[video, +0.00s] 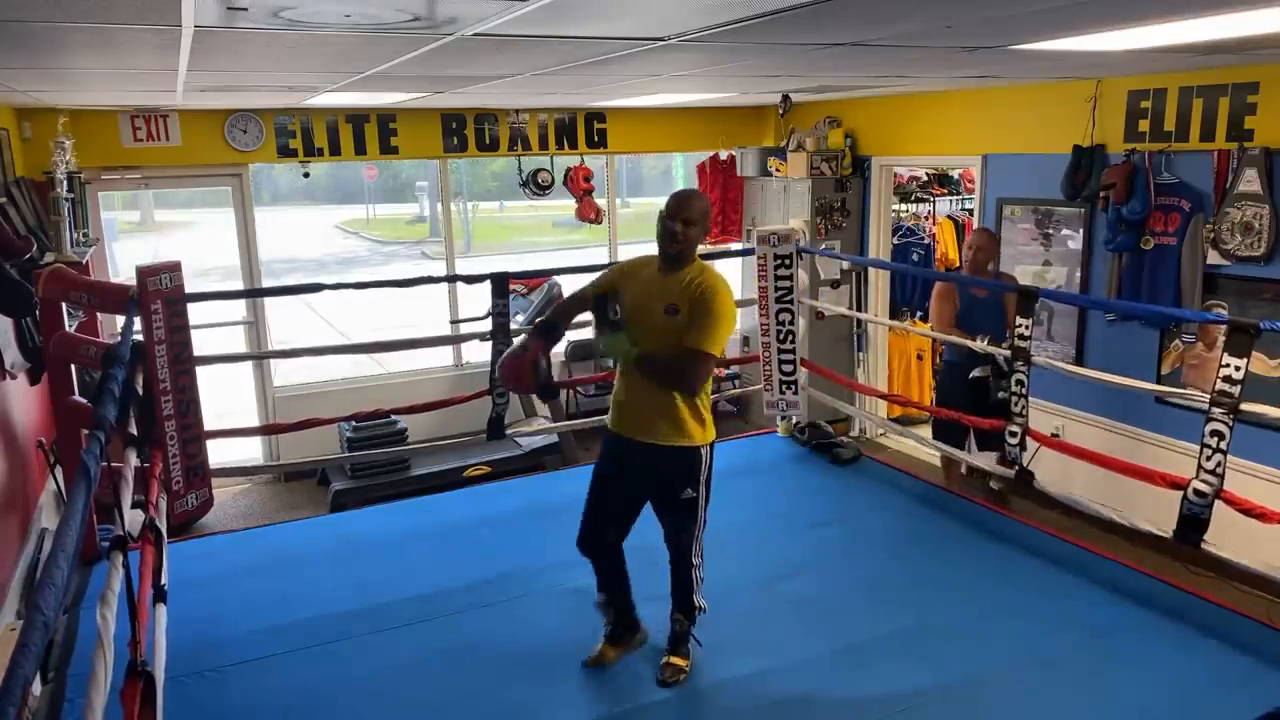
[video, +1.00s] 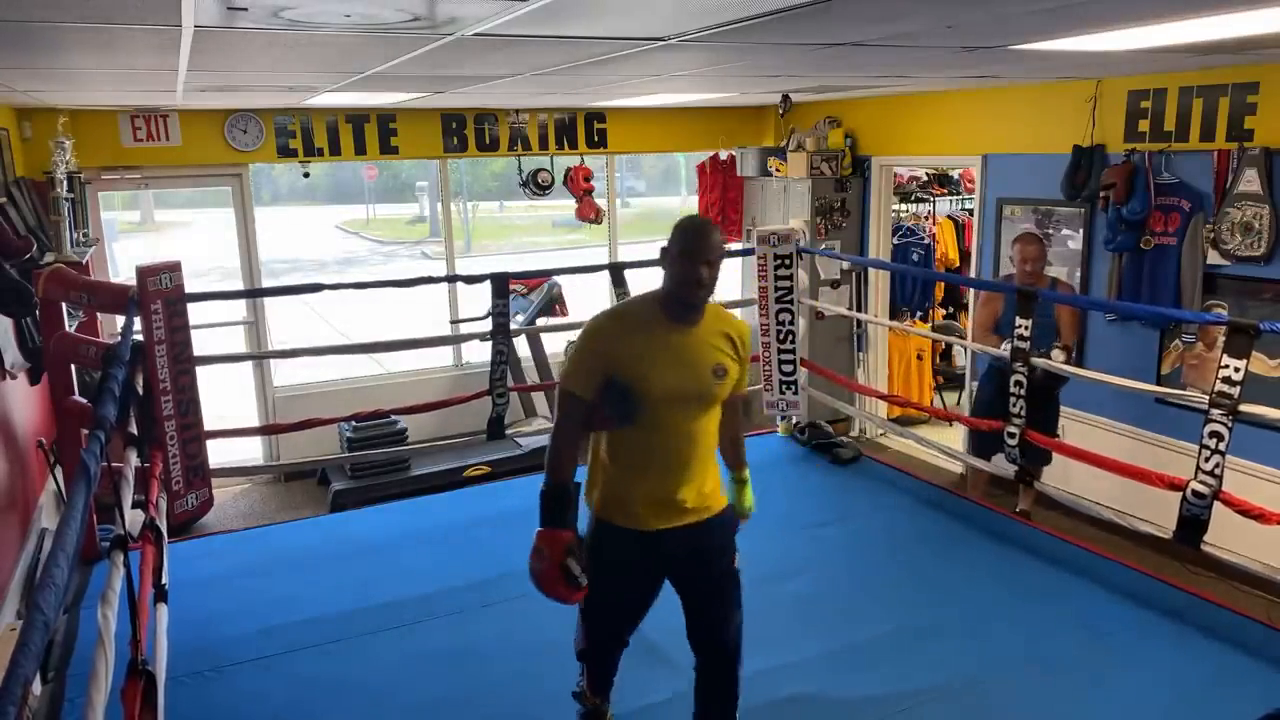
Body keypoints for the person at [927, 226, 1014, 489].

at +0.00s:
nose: (969, 253)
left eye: (978, 249)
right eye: (967, 247)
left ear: (993, 255)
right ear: (962, 248)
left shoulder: (1006, 284)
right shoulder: (948, 284)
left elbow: (1012, 328)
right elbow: (941, 329)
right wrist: (979, 344)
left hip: (993, 372)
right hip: (957, 371)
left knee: (989, 438)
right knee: (951, 438)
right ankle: (951, 493)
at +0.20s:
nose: (984, 258)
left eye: (991, 253)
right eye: (980, 251)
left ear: (1002, 256)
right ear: (971, 252)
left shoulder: (1017, 287)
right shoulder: (955, 289)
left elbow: (1030, 330)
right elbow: (943, 334)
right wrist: (975, 343)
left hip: (1005, 375)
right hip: (967, 373)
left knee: (1013, 438)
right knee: (956, 437)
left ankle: (1021, 508)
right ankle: (954, 496)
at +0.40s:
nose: (1004, 263)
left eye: (1009, 257)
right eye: (998, 257)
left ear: (1017, 257)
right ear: (985, 256)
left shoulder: (1032, 290)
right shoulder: (967, 291)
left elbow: (1043, 338)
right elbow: (948, 331)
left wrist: (1041, 362)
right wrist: (964, 348)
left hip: (1019, 383)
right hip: (978, 380)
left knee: (1022, 452)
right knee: (964, 446)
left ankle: (1021, 517)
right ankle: (955, 500)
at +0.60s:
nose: (1019, 267)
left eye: (1025, 259)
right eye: (1012, 260)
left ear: (1033, 259)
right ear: (1001, 259)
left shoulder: (1048, 292)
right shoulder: (982, 292)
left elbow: (1059, 343)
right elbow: (962, 335)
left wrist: (1050, 357)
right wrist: (982, 354)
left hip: (1031, 385)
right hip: (988, 382)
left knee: (1030, 449)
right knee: (970, 443)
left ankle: (1022, 513)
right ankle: (956, 498)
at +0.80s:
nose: (1029, 268)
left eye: (1035, 261)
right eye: (1022, 262)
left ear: (1044, 260)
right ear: (1011, 260)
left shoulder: (1059, 291)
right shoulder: (993, 290)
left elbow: (1068, 343)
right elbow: (976, 336)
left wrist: (1054, 357)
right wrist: (1002, 349)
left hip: (1039, 383)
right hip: (997, 378)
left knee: (1034, 451)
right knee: (977, 443)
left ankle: (1022, 513)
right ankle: (965, 504)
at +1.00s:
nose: (1030, 268)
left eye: (1036, 261)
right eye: (1023, 261)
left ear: (1045, 259)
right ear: (1013, 260)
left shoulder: (1061, 291)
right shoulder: (996, 289)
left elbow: (1069, 342)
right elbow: (979, 335)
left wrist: (1058, 355)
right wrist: (1006, 347)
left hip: (1041, 384)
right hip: (998, 379)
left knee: (1034, 453)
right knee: (981, 445)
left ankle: (1023, 515)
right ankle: (974, 508)